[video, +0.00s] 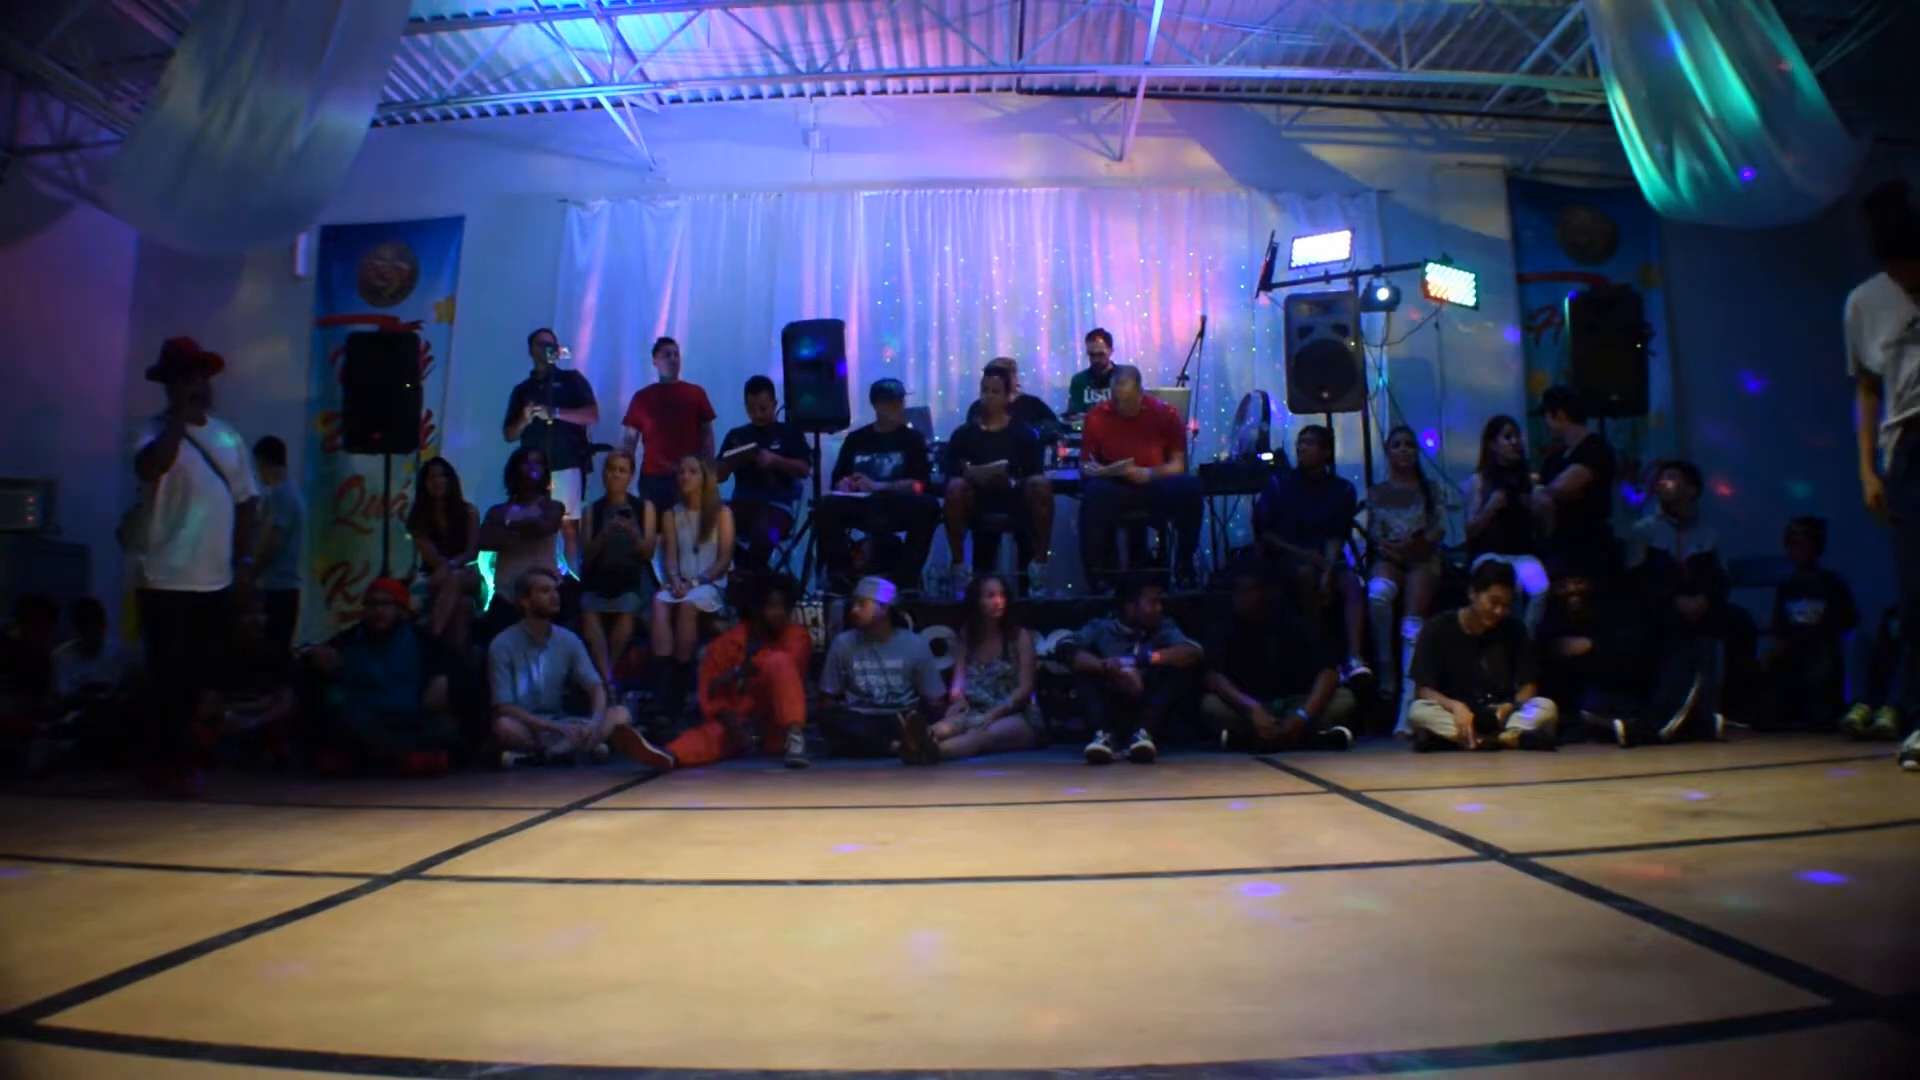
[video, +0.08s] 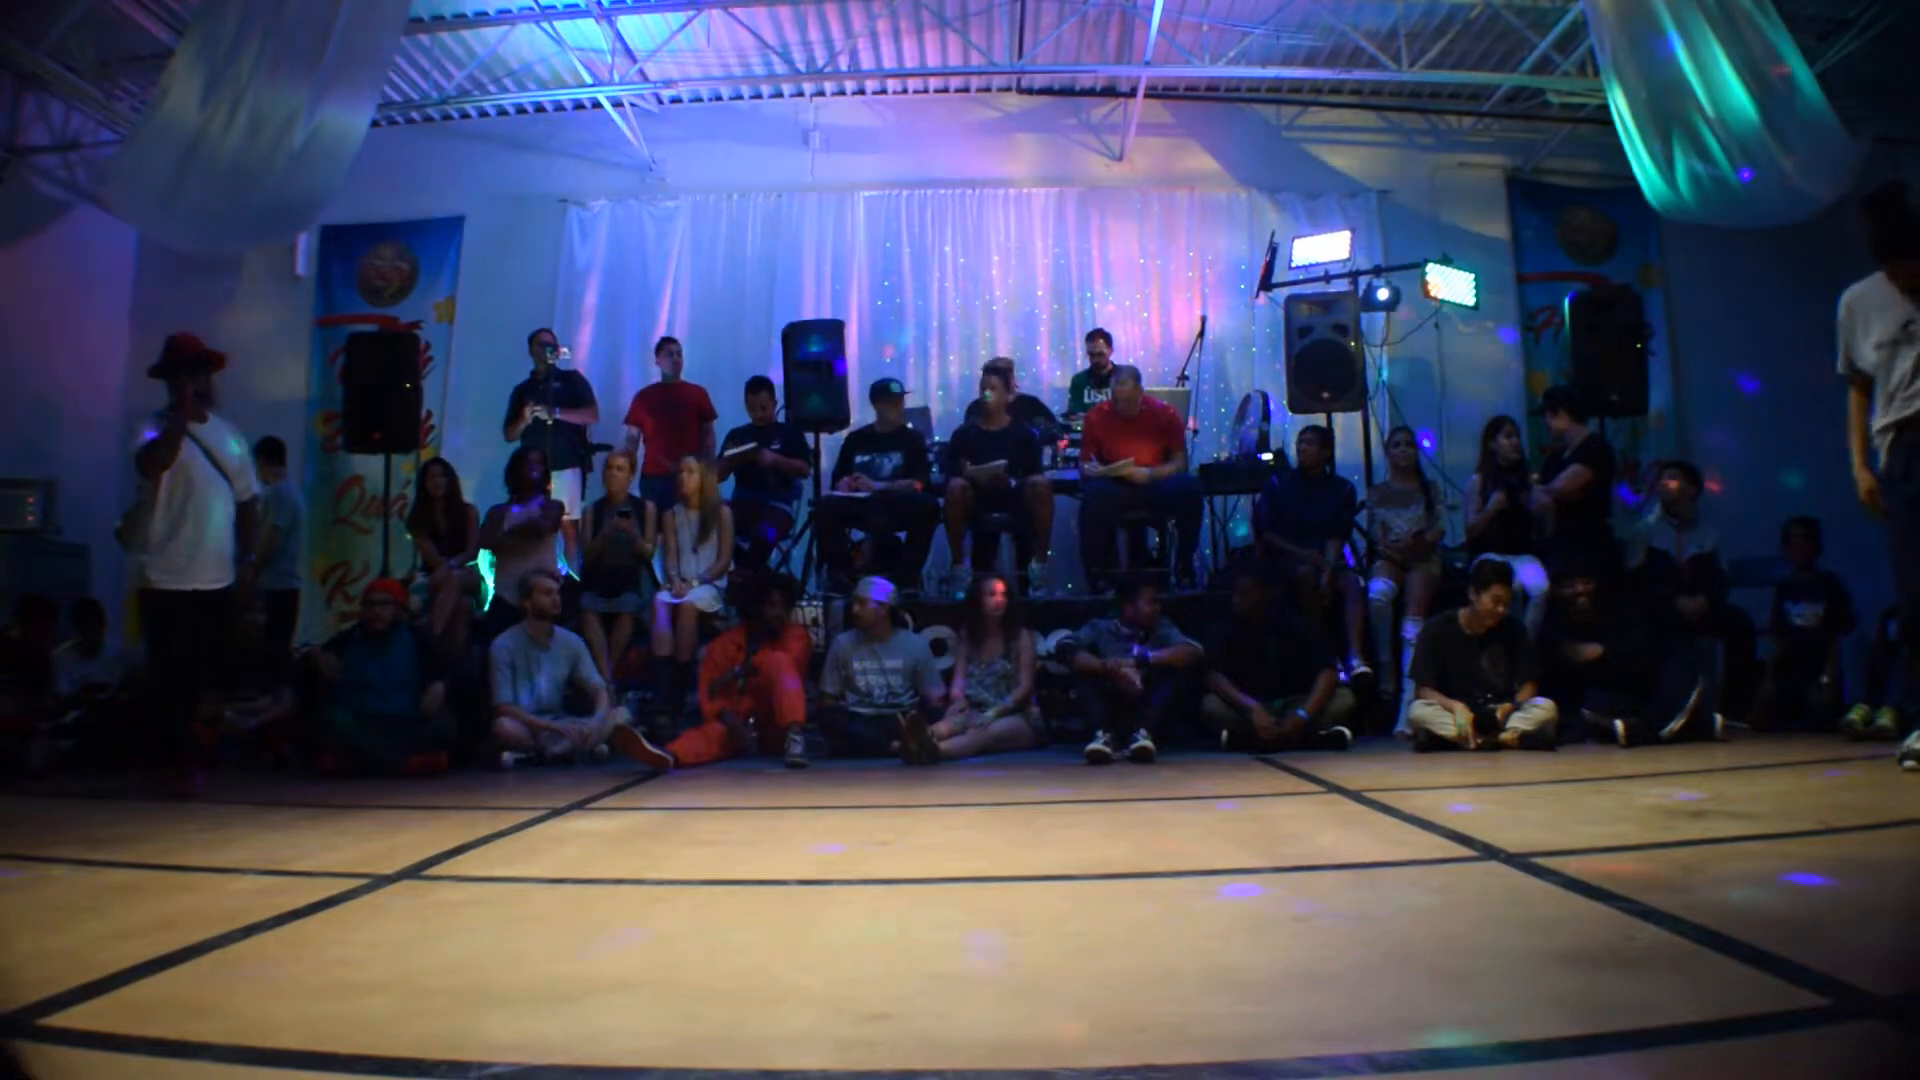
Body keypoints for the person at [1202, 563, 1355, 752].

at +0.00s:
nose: (1241, 598)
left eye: (1248, 591)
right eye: (1238, 591)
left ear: (1268, 592)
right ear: (1232, 593)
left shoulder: (1293, 624)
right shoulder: (1230, 628)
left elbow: (1328, 671)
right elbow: (1213, 675)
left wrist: (1303, 716)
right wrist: (1254, 710)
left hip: (1294, 698)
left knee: (1343, 699)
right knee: (1211, 705)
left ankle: (1255, 741)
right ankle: (1309, 740)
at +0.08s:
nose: (1237, 600)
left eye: (1245, 594)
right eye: (1235, 594)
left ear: (1265, 594)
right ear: (1231, 594)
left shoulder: (1292, 625)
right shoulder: (1231, 629)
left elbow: (1328, 672)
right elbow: (1214, 676)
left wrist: (1303, 716)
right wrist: (1254, 709)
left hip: (1294, 699)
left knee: (1344, 698)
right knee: (1211, 705)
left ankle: (1254, 741)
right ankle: (1310, 740)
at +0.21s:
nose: (1236, 601)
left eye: (1244, 594)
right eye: (1234, 594)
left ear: (1264, 594)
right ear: (1230, 594)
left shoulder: (1292, 624)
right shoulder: (1229, 628)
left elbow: (1329, 671)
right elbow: (1213, 676)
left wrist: (1304, 715)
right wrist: (1254, 709)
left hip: (1295, 698)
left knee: (1344, 698)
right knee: (1211, 706)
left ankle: (1254, 741)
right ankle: (1310, 740)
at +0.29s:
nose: (1236, 601)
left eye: (1244, 594)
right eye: (1234, 594)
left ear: (1264, 594)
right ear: (1230, 594)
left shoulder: (1291, 623)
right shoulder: (1229, 628)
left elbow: (1329, 671)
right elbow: (1213, 676)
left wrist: (1304, 715)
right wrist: (1254, 709)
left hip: (1294, 698)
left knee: (1343, 698)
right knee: (1210, 706)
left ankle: (1254, 741)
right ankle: (1310, 740)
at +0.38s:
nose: (1236, 601)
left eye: (1244, 594)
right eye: (1234, 594)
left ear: (1264, 595)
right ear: (1230, 594)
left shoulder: (1291, 623)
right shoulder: (1229, 628)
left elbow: (1329, 671)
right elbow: (1213, 676)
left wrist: (1304, 715)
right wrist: (1254, 709)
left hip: (1294, 698)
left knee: (1343, 698)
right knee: (1211, 706)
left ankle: (1254, 741)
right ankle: (1310, 740)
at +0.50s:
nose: (1238, 597)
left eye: (1246, 591)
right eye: (1236, 590)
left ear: (1267, 592)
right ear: (1232, 591)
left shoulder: (1295, 622)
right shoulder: (1230, 626)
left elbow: (1328, 671)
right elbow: (1213, 675)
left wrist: (1304, 715)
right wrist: (1254, 709)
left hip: (1295, 698)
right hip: (1248, 702)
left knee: (1343, 698)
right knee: (1210, 706)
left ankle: (1253, 740)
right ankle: (1310, 740)